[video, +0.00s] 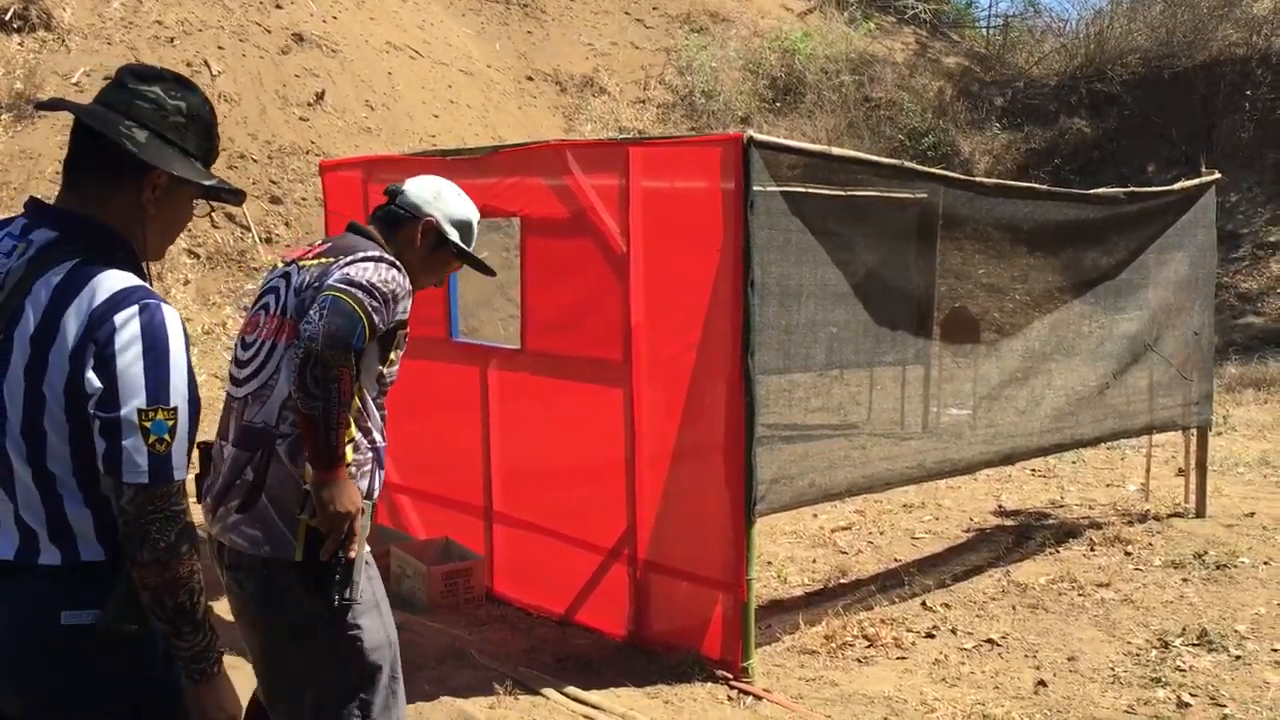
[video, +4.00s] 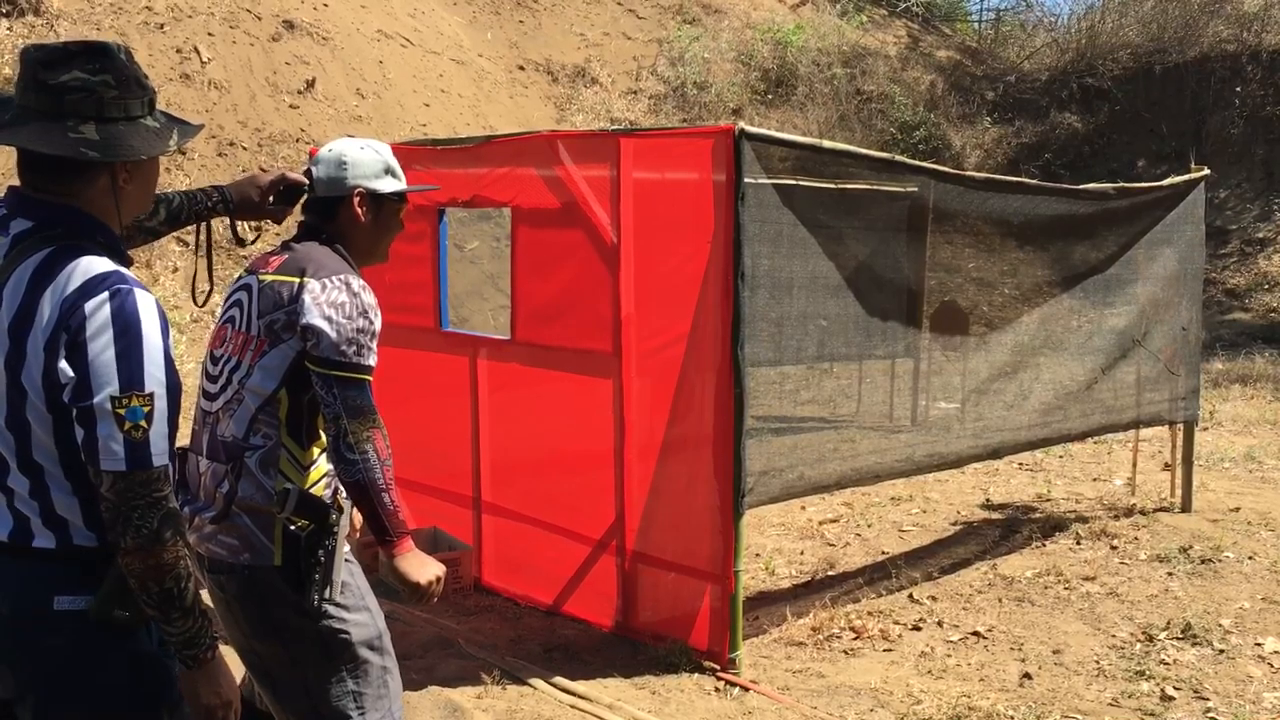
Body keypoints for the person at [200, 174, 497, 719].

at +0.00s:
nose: (444, 281)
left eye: (455, 269)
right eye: (450, 263)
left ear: (397, 224)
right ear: (423, 234)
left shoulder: (301, 264)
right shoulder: (382, 271)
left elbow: (248, 380)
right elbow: (326, 345)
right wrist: (333, 475)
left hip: (249, 540)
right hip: (310, 548)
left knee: (290, 698)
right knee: (363, 704)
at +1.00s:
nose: (412, 245)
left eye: (419, 231)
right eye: (413, 227)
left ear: (344, 201)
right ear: (377, 210)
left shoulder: (271, 256)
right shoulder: (340, 257)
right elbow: (291, 320)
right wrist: (334, 443)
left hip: (237, 529)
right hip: (291, 537)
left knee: (272, 695)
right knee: (356, 702)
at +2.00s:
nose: (391, 213)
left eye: (392, 198)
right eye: (386, 197)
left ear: (315, 194)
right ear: (349, 199)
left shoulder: (248, 262)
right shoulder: (328, 285)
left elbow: (247, 406)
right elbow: (342, 433)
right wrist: (392, 545)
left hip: (211, 527)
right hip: (272, 541)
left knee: (264, 692)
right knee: (350, 700)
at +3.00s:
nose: (399, 222)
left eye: (399, 208)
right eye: (393, 207)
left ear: (331, 204)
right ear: (353, 208)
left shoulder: (259, 267)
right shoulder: (332, 288)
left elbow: (268, 407)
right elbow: (347, 435)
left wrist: (329, 497)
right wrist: (395, 547)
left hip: (218, 533)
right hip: (276, 544)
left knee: (277, 695)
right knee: (359, 699)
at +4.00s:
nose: (405, 222)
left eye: (406, 208)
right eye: (399, 207)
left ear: (339, 203)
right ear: (360, 207)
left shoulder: (267, 267)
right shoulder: (339, 288)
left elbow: (276, 406)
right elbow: (354, 432)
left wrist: (336, 496)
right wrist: (403, 546)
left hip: (222, 529)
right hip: (281, 541)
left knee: (285, 690)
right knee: (365, 697)